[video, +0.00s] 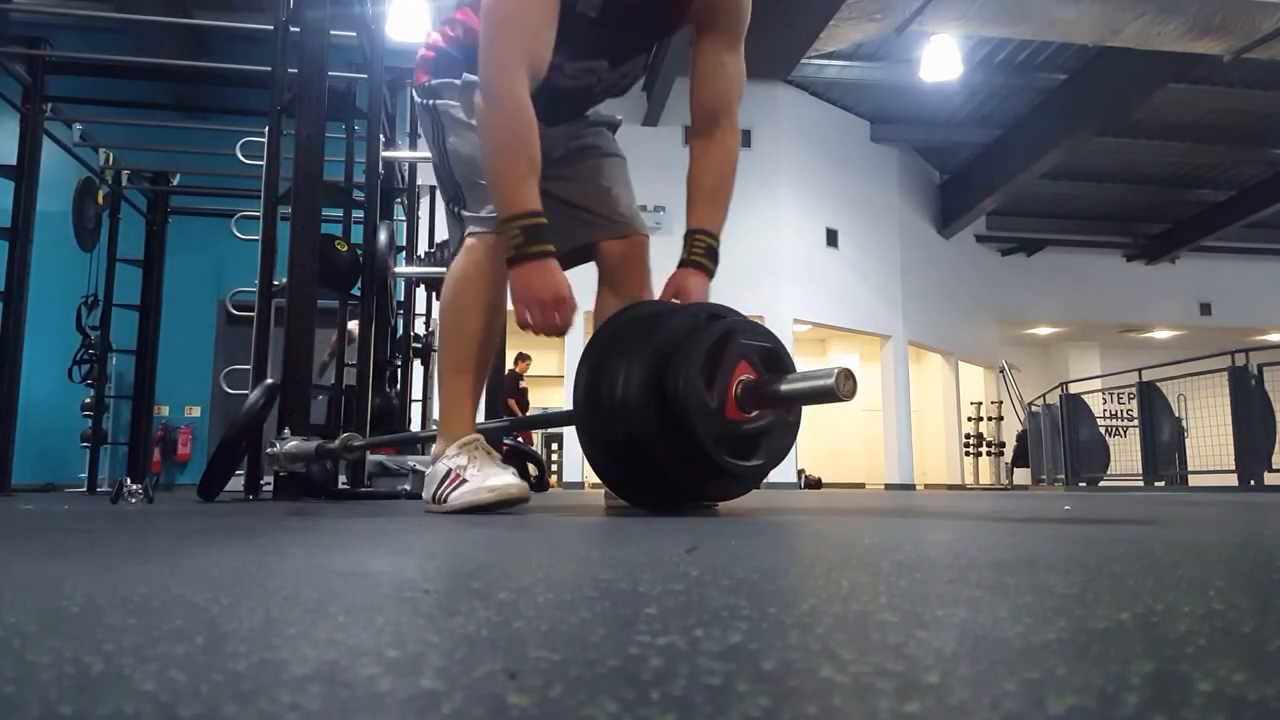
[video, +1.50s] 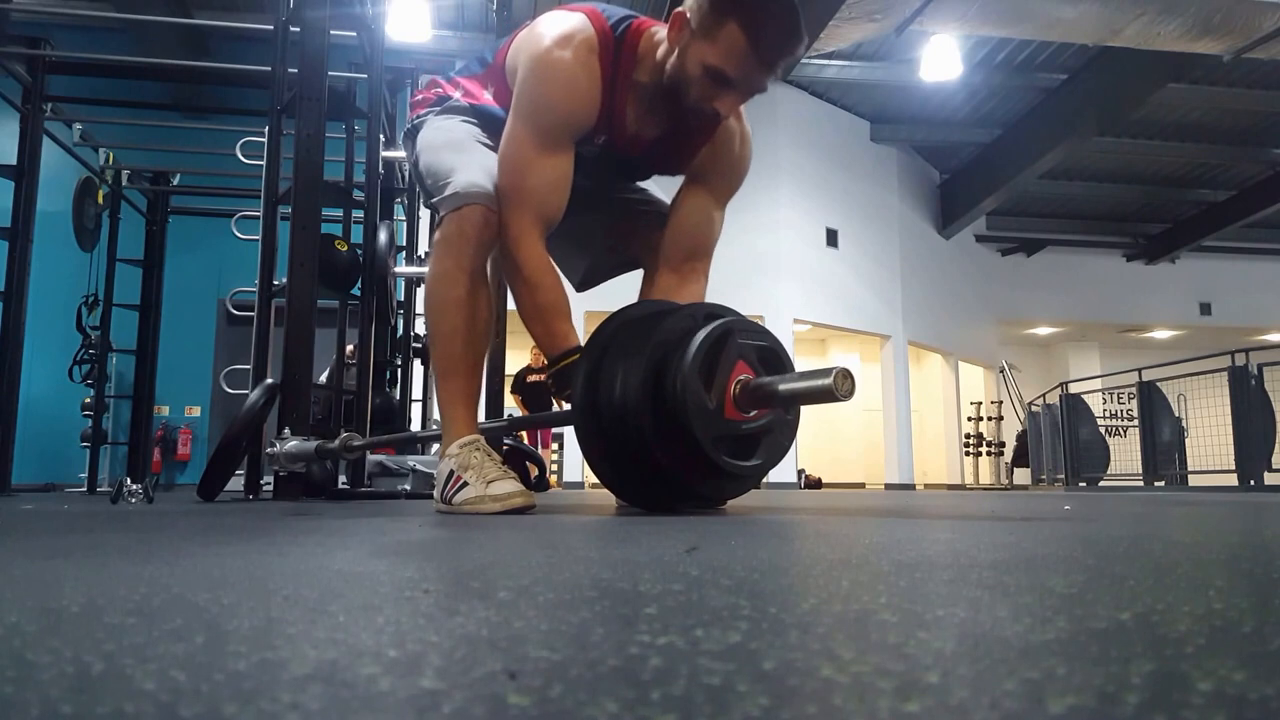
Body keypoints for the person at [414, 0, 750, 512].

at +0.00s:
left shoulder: (723, 3)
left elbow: (715, 124)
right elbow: (503, 88)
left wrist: (698, 259)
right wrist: (528, 248)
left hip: (572, 102)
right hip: (470, 73)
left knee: (627, 244)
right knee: (495, 230)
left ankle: (631, 461)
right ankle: (456, 449)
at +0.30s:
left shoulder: (724, 1)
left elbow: (713, 103)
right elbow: (502, 57)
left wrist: (702, 236)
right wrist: (526, 217)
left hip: (576, 98)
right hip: (475, 71)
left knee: (631, 241)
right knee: (491, 217)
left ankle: (642, 457)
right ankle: (468, 448)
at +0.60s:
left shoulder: (727, 6)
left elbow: (708, 139)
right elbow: (524, 90)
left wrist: (692, 275)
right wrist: (546, 261)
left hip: (575, 109)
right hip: (471, 76)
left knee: (630, 243)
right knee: (499, 225)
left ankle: (648, 459)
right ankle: (463, 448)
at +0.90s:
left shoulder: (734, 42)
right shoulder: (565, 5)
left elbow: (695, 183)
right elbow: (539, 156)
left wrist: (661, 321)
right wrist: (567, 321)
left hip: (584, 126)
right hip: (476, 93)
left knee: (657, 243)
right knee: (491, 203)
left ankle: (652, 458)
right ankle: (462, 449)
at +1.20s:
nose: (730, 76)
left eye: (750, 62)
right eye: (720, 46)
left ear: (770, 49)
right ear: (678, 6)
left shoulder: (731, 110)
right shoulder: (566, 39)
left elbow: (685, 242)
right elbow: (534, 215)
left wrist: (653, 371)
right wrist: (570, 358)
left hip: (585, 149)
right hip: (479, 111)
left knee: (671, 239)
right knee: (482, 204)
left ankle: (655, 446)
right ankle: (461, 452)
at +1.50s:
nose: (728, 108)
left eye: (748, 92)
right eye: (718, 80)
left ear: (767, 82)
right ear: (678, 30)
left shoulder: (726, 140)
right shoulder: (564, 59)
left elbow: (684, 268)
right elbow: (523, 233)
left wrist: (665, 399)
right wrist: (576, 373)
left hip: (576, 156)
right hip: (473, 115)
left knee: (674, 246)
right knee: (475, 212)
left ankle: (658, 451)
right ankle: (461, 452)